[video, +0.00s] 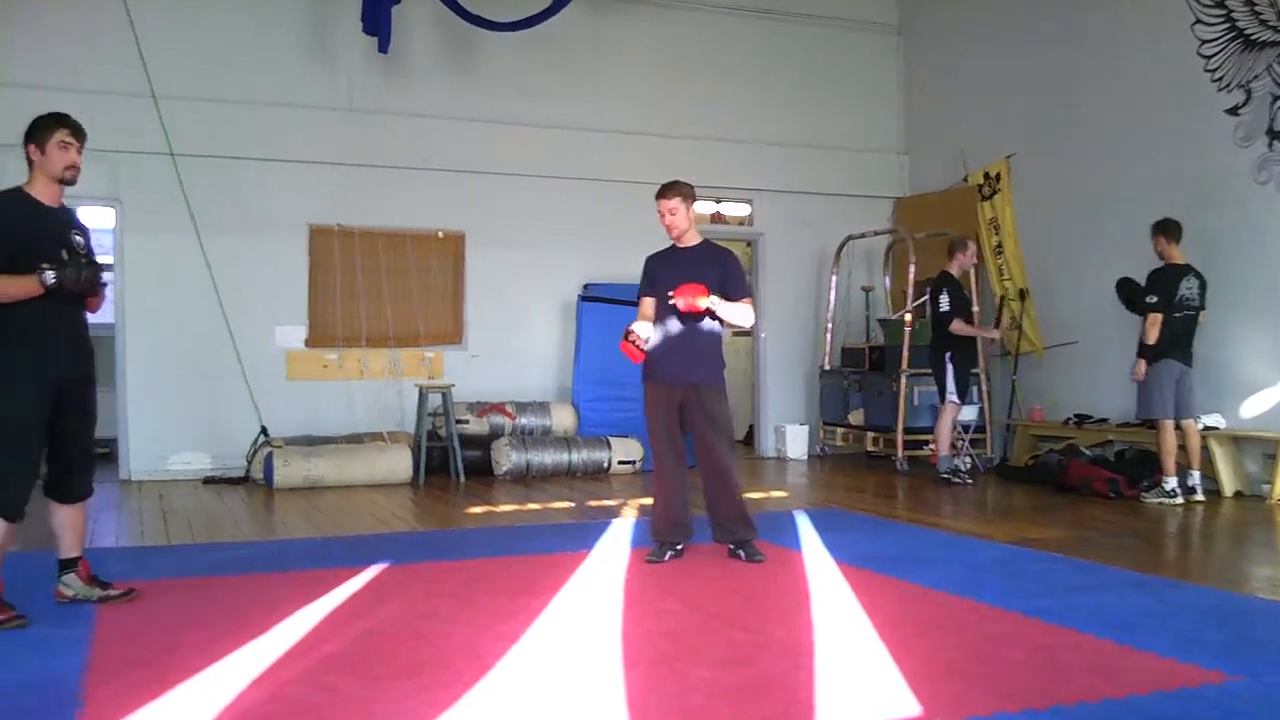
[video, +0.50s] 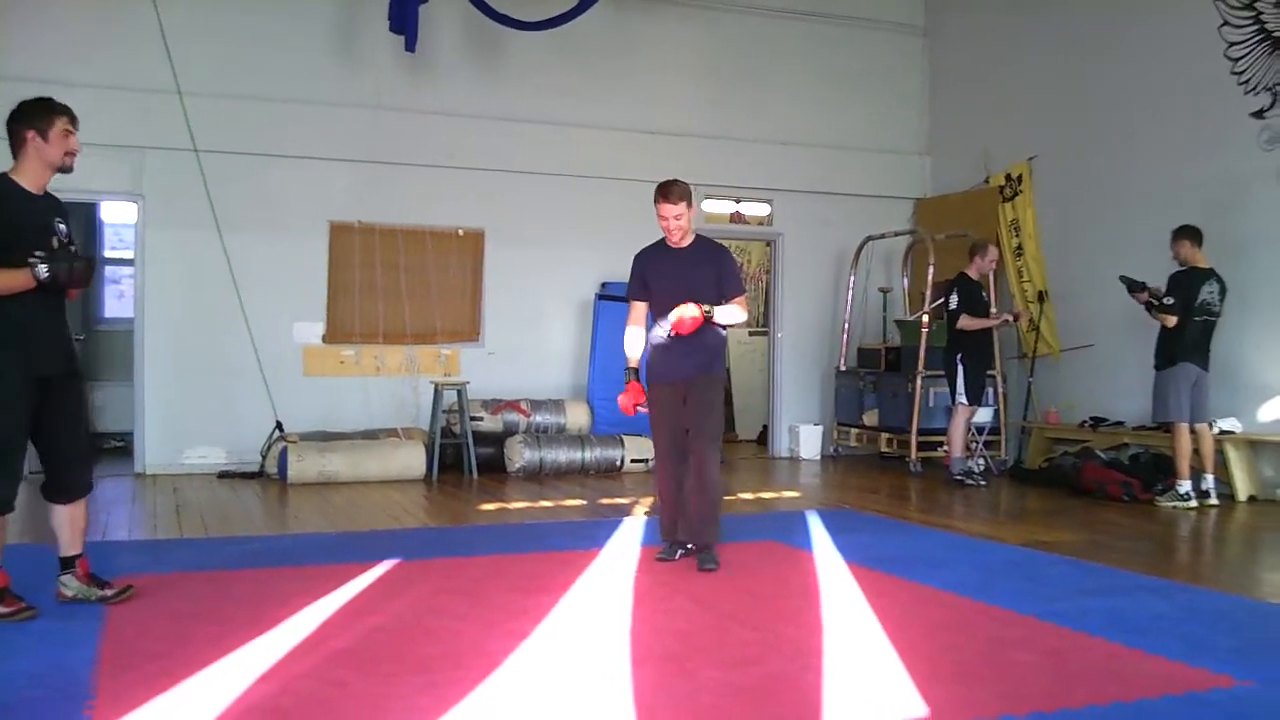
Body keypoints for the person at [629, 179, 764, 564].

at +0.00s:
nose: (666, 220)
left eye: (673, 212)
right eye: (661, 214)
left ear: (692, 210)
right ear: (659, 216)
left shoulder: (722, 258)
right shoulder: (655, 263)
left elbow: (746, 317)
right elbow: (646, 317)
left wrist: (711, 302)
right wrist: (638, 335)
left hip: (705, 376)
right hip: (660, 376)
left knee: (719, 457)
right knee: (666, 460)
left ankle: (738, 536)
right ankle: (670, 538)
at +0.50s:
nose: (671, 225)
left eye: (678, 217)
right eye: (664, 218)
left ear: (692, 212)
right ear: (656, 216)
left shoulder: (717, 256)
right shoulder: (646, 260)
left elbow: (741, 311)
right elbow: (636, 321)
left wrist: (705, 312)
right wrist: (632, 375)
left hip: (706, 373)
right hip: (662, 374)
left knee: (704, 455)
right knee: (667, 455)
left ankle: (704, 543)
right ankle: (675, 537)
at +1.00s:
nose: (725, 238)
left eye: (733, 232)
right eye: (719, 230)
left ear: (746, 222)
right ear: (710, 217)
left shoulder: (761, 264)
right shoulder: (685, 252)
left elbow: (775, 318)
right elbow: (667, 312)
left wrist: (748, 332)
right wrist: (664, 370)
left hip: (738, 385)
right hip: (691, 382)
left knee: (735, 465)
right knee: (700, 464)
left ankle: (726, 552)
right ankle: (711, 544)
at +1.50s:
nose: (714, 228)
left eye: (723, 222)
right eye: (709, 219)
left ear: (740, 211)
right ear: (701, 206)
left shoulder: (755, 256)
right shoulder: (686, 236)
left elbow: (777, 319)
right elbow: (670, 297)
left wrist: (737, 325)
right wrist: (654, 353)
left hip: (726, 374)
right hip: (680, 367)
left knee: (732, 462)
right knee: (662, 443)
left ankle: (733, 546)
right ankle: (706, 484)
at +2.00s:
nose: (625, 157)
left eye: (633, 148)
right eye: (620, 148)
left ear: (650, 143)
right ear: (613, 145)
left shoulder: (675, 194)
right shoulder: (607, 190)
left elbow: (691, 258)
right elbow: (593, 253)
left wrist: (643, 262)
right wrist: (583, 305)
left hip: (659, 318)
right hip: (614, 318)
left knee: (675, 404)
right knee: (614, 404)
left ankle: (703, 487)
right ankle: (618, 489)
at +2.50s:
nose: (652, 150)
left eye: (656, 142)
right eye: (642, 144)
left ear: (665, 147)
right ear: (628, 154)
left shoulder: (693, 194)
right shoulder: (621, 206)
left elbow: (721, 253)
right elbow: (616, 271)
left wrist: (676, 260)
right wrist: (610, 329)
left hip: (691, 316)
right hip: (646, 318)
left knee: (697, 399)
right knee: (646, 405)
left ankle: (687, 456)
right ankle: (652, 495)